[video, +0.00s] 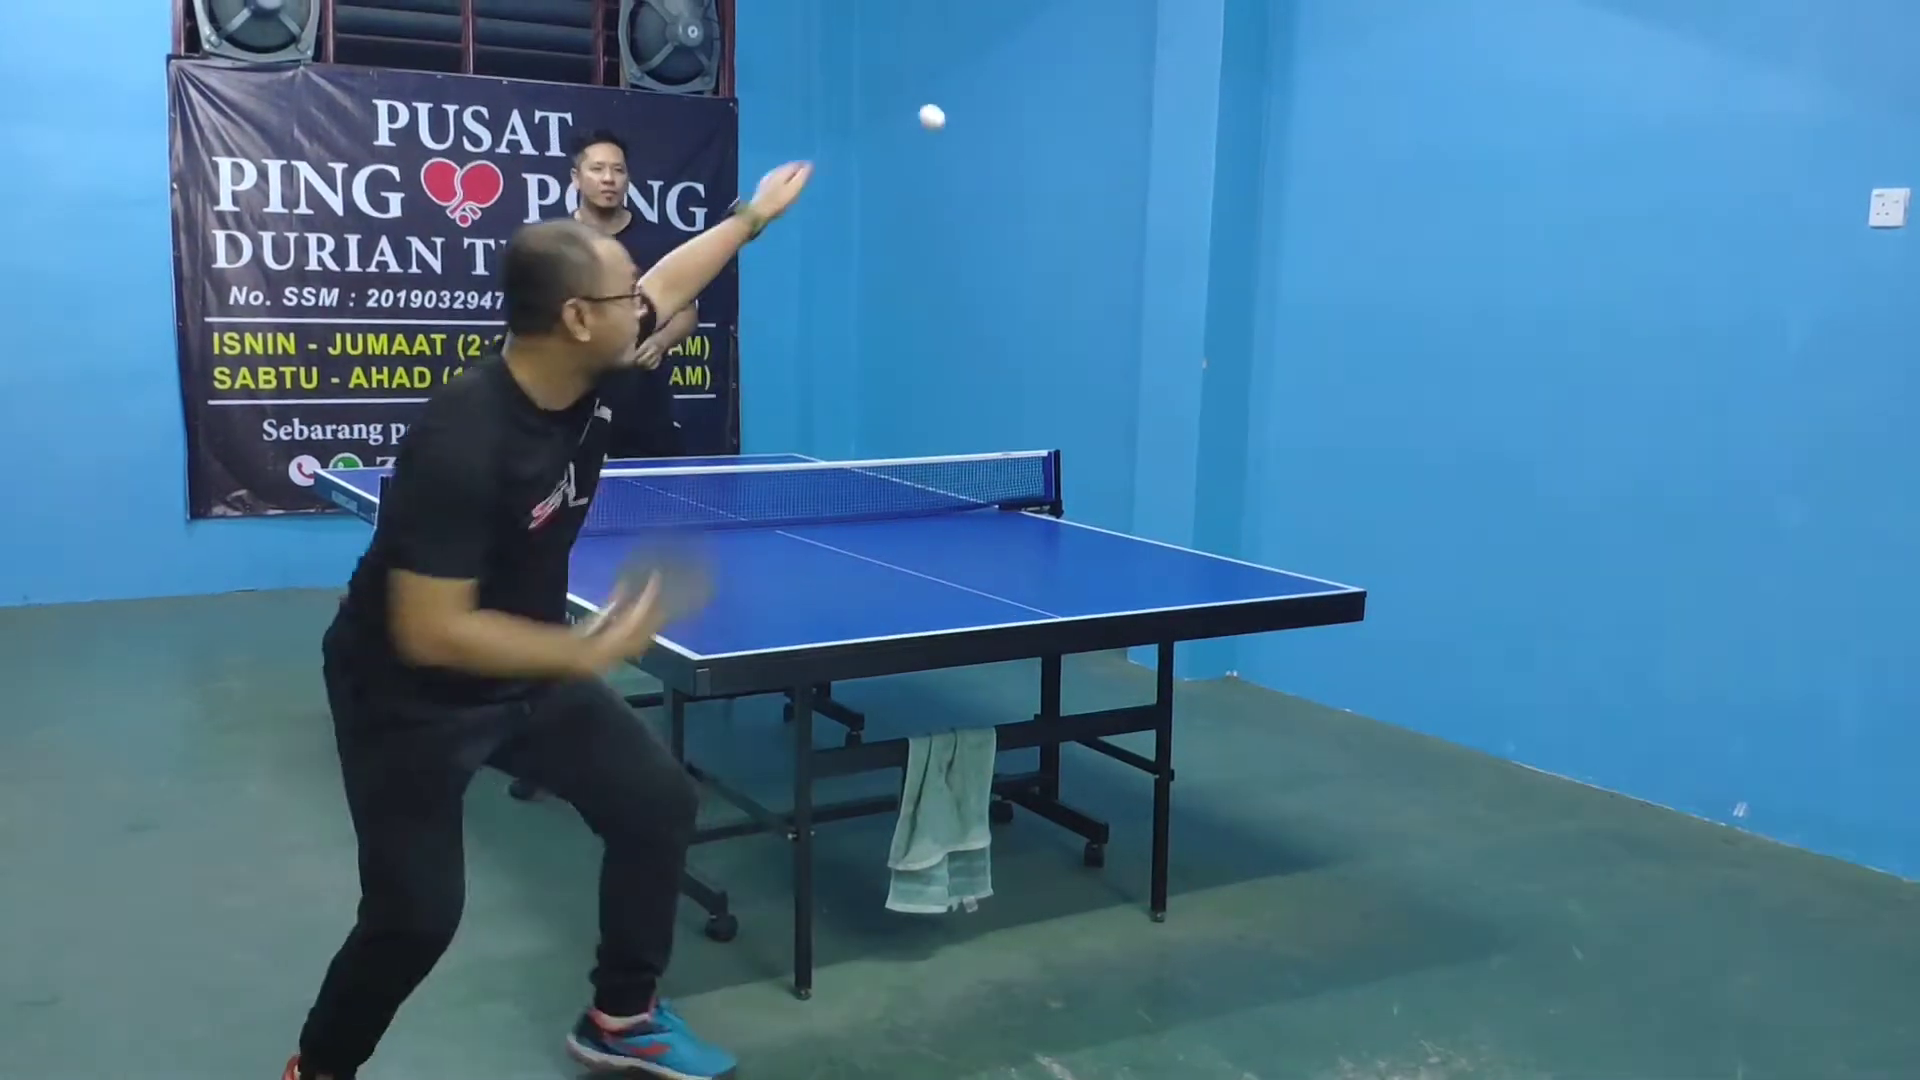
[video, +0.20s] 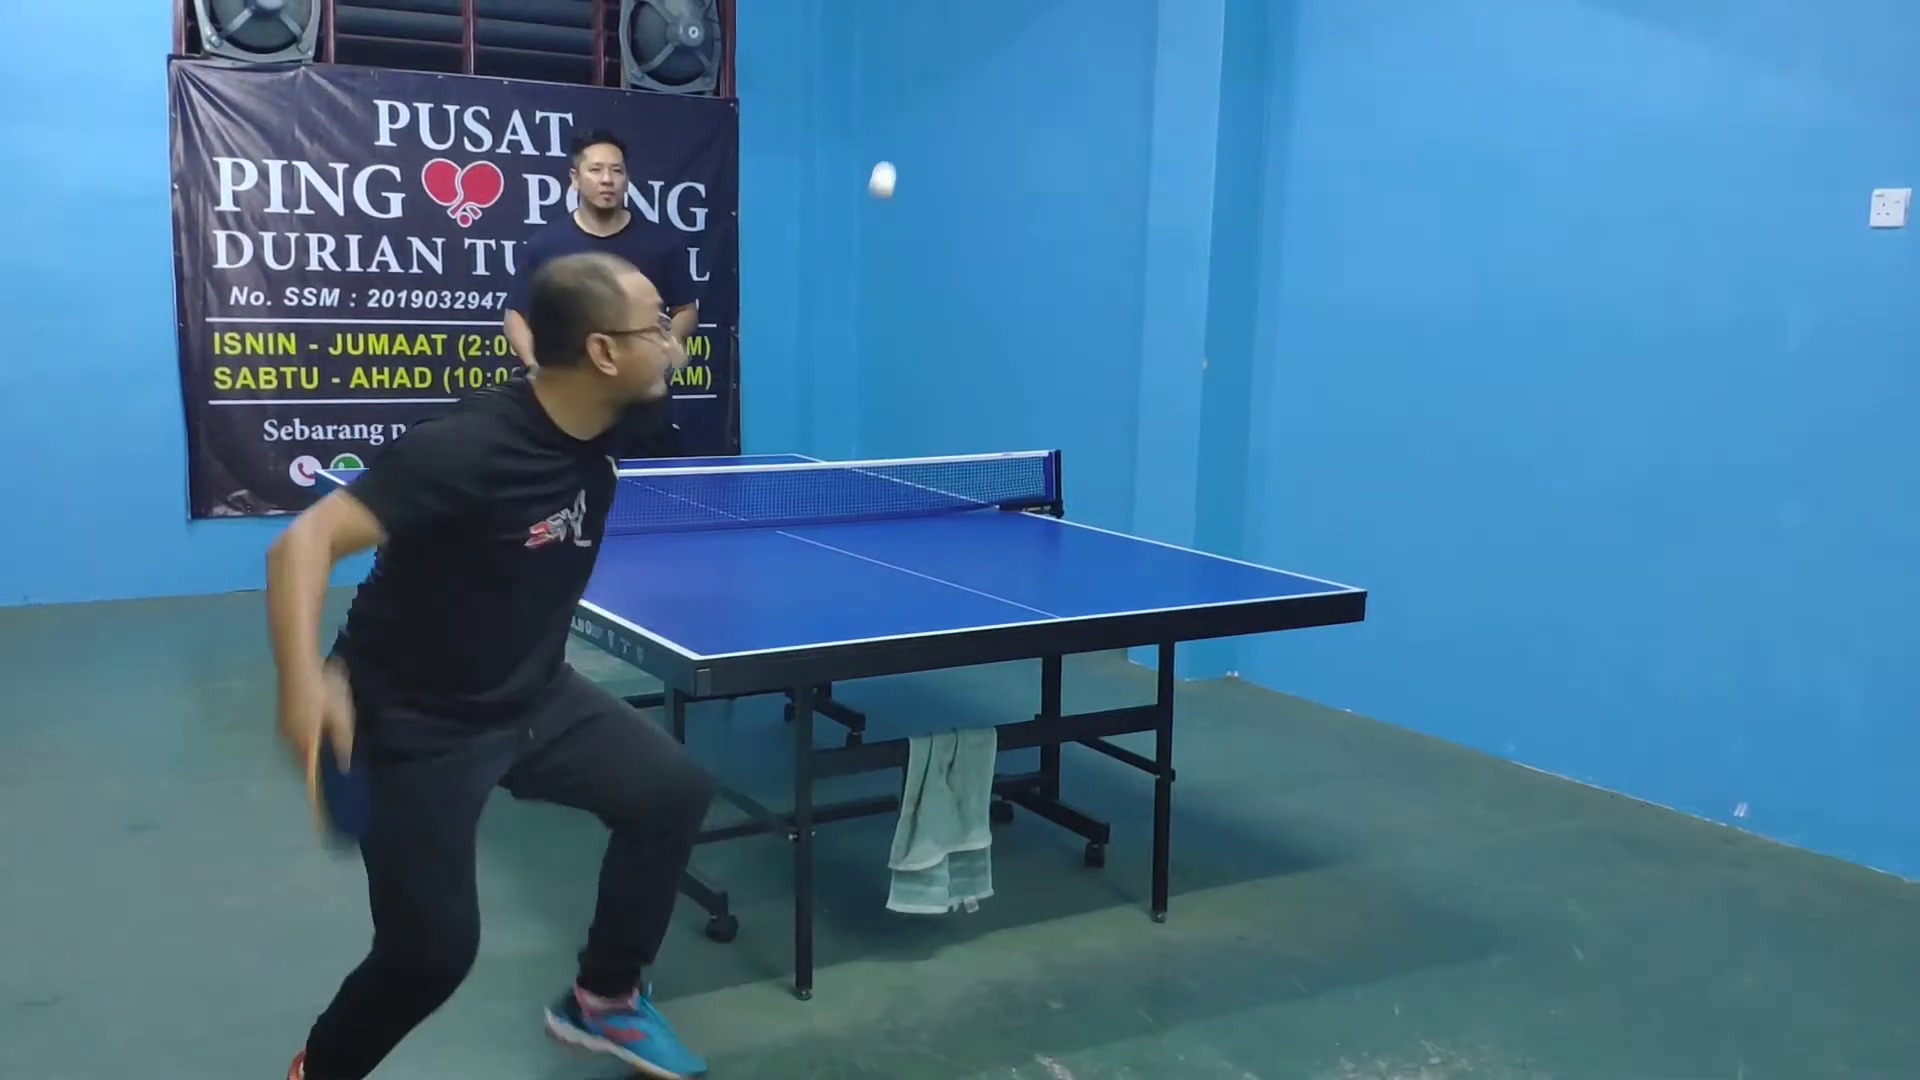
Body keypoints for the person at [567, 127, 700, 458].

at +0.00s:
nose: (609, 179)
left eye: (618, 170)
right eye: (597, 169)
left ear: (627, 179)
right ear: (576, 178)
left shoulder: (658, 240)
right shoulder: (555, 243)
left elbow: (687, 313)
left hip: (643, 397)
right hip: (575, 396)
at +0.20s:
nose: (607, 180)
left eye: (616, 171)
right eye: (595, 170)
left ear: (627, 179)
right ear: (574, 178)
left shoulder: (662, 242)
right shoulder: (544, 245)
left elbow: (687, 310)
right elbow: (515, 316)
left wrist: (653, 360)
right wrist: (539, 369)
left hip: (642, 394)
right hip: (570, 393)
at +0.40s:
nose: (614, 186)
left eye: (623, 177)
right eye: (603, 176)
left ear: (634, 184)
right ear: (581, 182)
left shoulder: (662, 246)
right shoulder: (552, 245)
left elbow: (690, 315)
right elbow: (514, 313)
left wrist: (672, 345)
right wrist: (522, 358)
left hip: (646, 406)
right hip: (570, 406)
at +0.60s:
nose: (630, 194)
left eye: (638, 185)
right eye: (619, 184)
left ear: (648, 189)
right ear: (596, 188)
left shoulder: (674, 249)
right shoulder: (562, 250)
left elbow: (700, 316)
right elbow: (524, 315)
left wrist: (689, 352)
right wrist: (537, 343)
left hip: (652, 414)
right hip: (576, 413)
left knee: (658, 523)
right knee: (538, 519)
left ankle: (655, 631)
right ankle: (501, 628)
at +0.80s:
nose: (658, 217)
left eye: (666, 207)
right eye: (648, 205)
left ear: (673, 208)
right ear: (621, 201)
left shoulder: (682, 262)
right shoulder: (588, 261)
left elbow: (702, 325)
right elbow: (575, 346)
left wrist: (727, 356)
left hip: (654, 424)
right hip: (585, 423)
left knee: (667, 526)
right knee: (541, 520)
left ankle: (671, 628)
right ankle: (501, 627)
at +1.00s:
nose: (692, 258)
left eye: (699, 247)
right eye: (682, 246)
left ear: (706, 247)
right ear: (652, 243)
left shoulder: (692, 280)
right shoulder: (628, 305)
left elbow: (715, 329)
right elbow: (686, 387)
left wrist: (757, 381)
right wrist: (742, 405)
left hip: (653, 426)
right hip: (586, 429)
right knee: (533, 525)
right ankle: (499, 632)